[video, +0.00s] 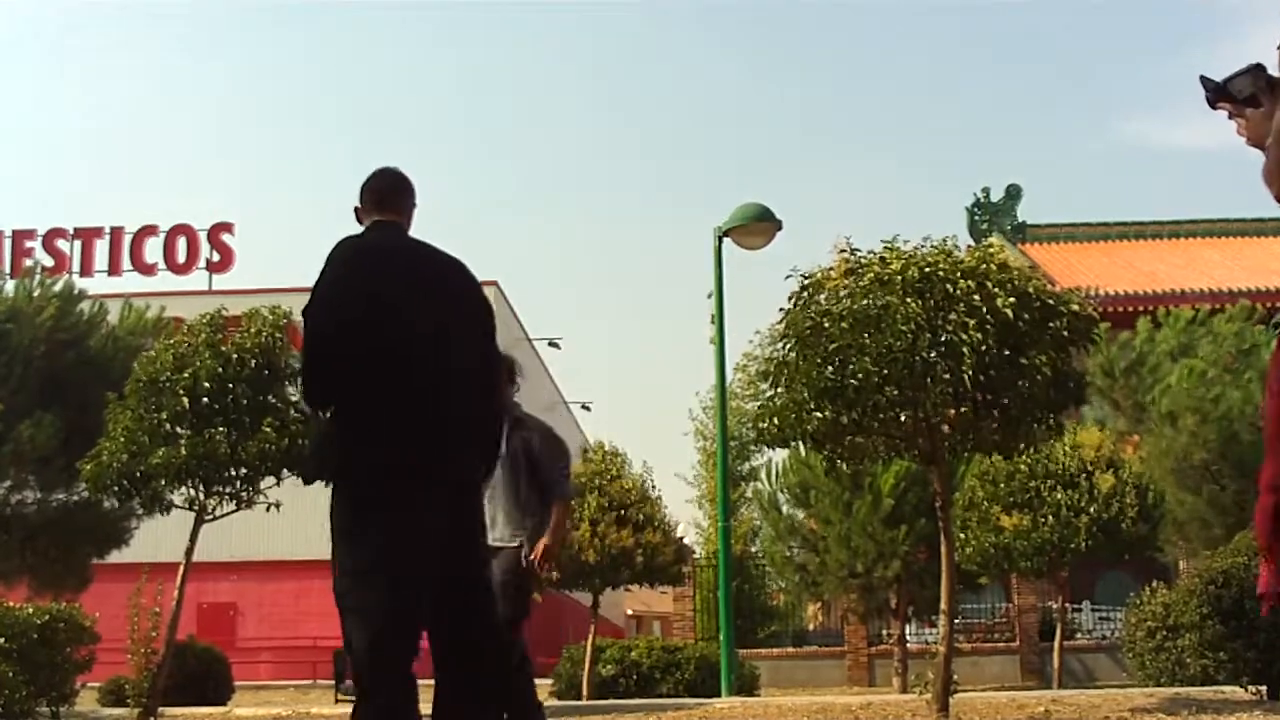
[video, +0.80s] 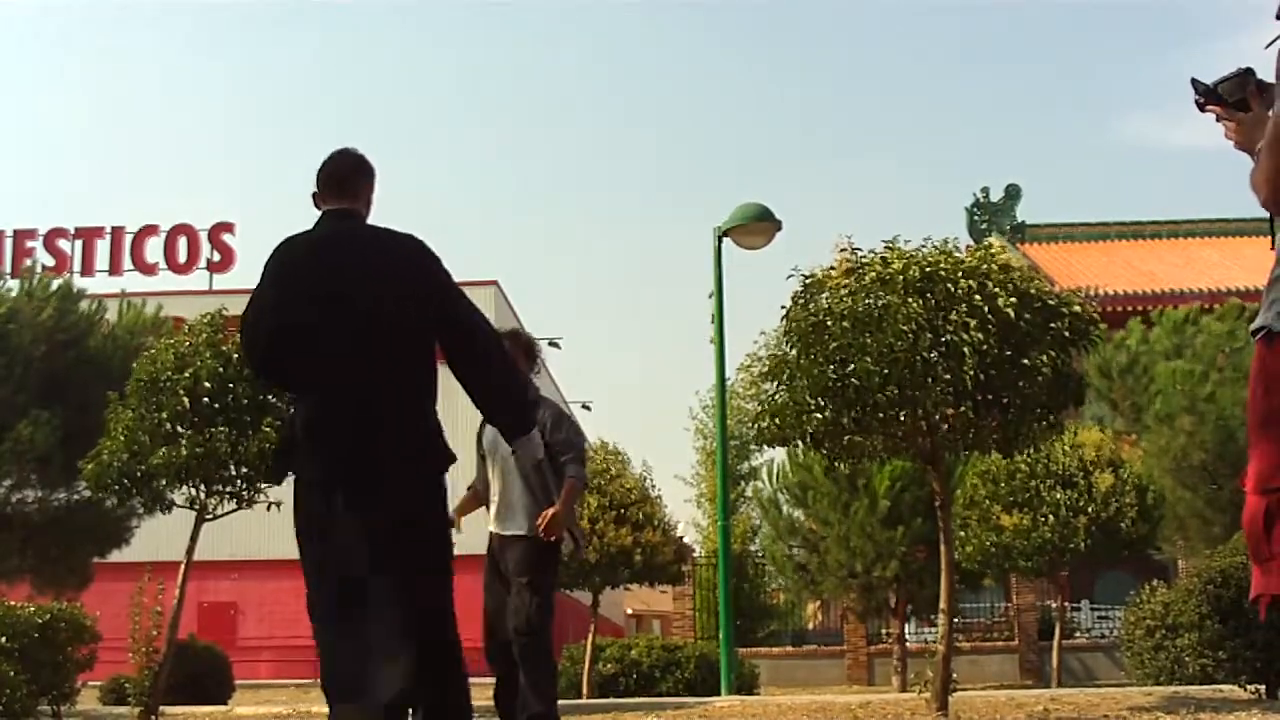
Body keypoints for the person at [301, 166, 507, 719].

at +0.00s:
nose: (371, 218)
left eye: (363, 210)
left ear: (361, 210)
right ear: (413, 211)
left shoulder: (342, 269)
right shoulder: (456, 274)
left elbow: (317, 387)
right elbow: (491, 385)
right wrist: (473, 464)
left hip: (371, 475)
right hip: (450, 475)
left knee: (379, 647)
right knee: (467, 640)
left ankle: (386, 714)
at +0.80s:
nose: (347, 205)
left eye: (327, 195)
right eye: (363, 196)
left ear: (316, 195)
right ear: (371, 196)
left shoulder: (289, 258)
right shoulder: (407, 254)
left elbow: (262, 354)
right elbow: (472, 343)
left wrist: (319, 381)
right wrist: (516, 418)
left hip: (326, 459)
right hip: (408, 454)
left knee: (340, 606)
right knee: (424, 603)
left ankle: (357, 709)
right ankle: (441, 708)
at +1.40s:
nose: (407, 211)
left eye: (409, 201)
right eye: (406, 199)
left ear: (354, 190)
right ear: (387, 192)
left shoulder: (300, 260)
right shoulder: (380, 241)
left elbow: (286, 364)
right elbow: (405, 346)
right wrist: (460, 408)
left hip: (308, 453)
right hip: (377, 450)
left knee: (331, 606)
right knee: (399, 606)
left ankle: (306, 712)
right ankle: (418, 713)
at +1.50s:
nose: (426, 213)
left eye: (428, 202)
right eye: (425, 201)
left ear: (377, 187)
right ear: (407, 190)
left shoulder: (330, 250)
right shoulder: (392, 237)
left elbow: (305, 353)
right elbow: (402, 340)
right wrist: (449, 401)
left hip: (324, 448)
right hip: (380, 449)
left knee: (340, 597)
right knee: (396, 596)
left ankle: (314, 710)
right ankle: (417, 710)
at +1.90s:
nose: (414, 190)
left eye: (405, 181)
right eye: (417, 181)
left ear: (362, 177)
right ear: (415, 178)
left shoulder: (318, 238)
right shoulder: (426, 229)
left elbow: (313, 330)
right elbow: (481, 326)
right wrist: (540, 393)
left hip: (323, 437)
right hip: (413, 439)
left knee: (296, 581)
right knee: (441, 588)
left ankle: (277, 705)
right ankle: (443, 709)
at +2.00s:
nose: (389, 187)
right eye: (392, 179)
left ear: (337, 179)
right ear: (392, 178)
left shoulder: (296, 236)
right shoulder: (413, 233)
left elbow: (286, 334)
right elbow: (486, 316)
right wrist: (558, 377)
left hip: (307, 452)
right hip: (403, 451)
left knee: (290, 607)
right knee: (441, 609)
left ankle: (298, 716)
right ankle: (447, 713)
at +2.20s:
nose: (322, 176)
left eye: (297, 170)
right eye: (332, 165)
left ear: (283, 173)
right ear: (341, 167)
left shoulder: (261, 221)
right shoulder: (384, 224)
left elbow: (226, 308)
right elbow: (473, 283)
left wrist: (290, 335)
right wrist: (557, 338)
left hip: (289, 441)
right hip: (375, 435)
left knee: (295, 596)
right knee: (394, 573)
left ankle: (293, 707)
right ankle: (426, 652)